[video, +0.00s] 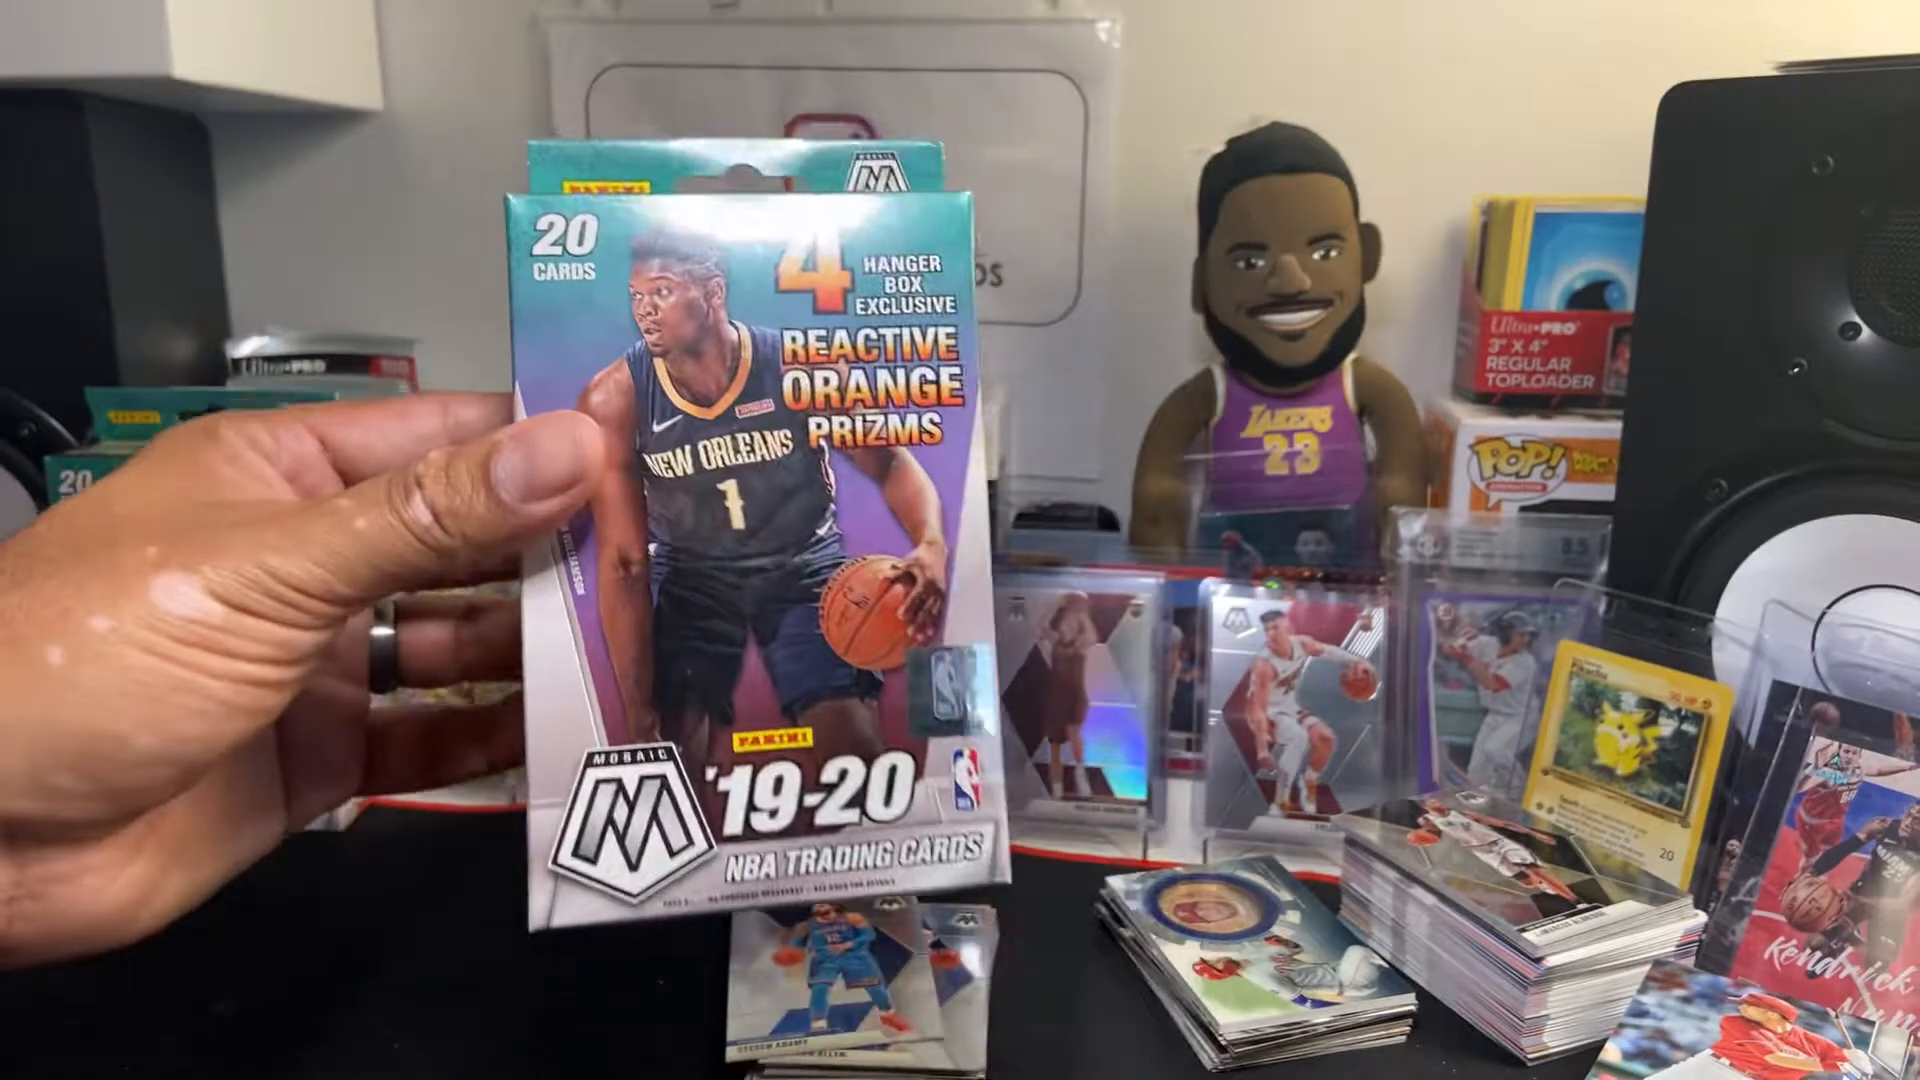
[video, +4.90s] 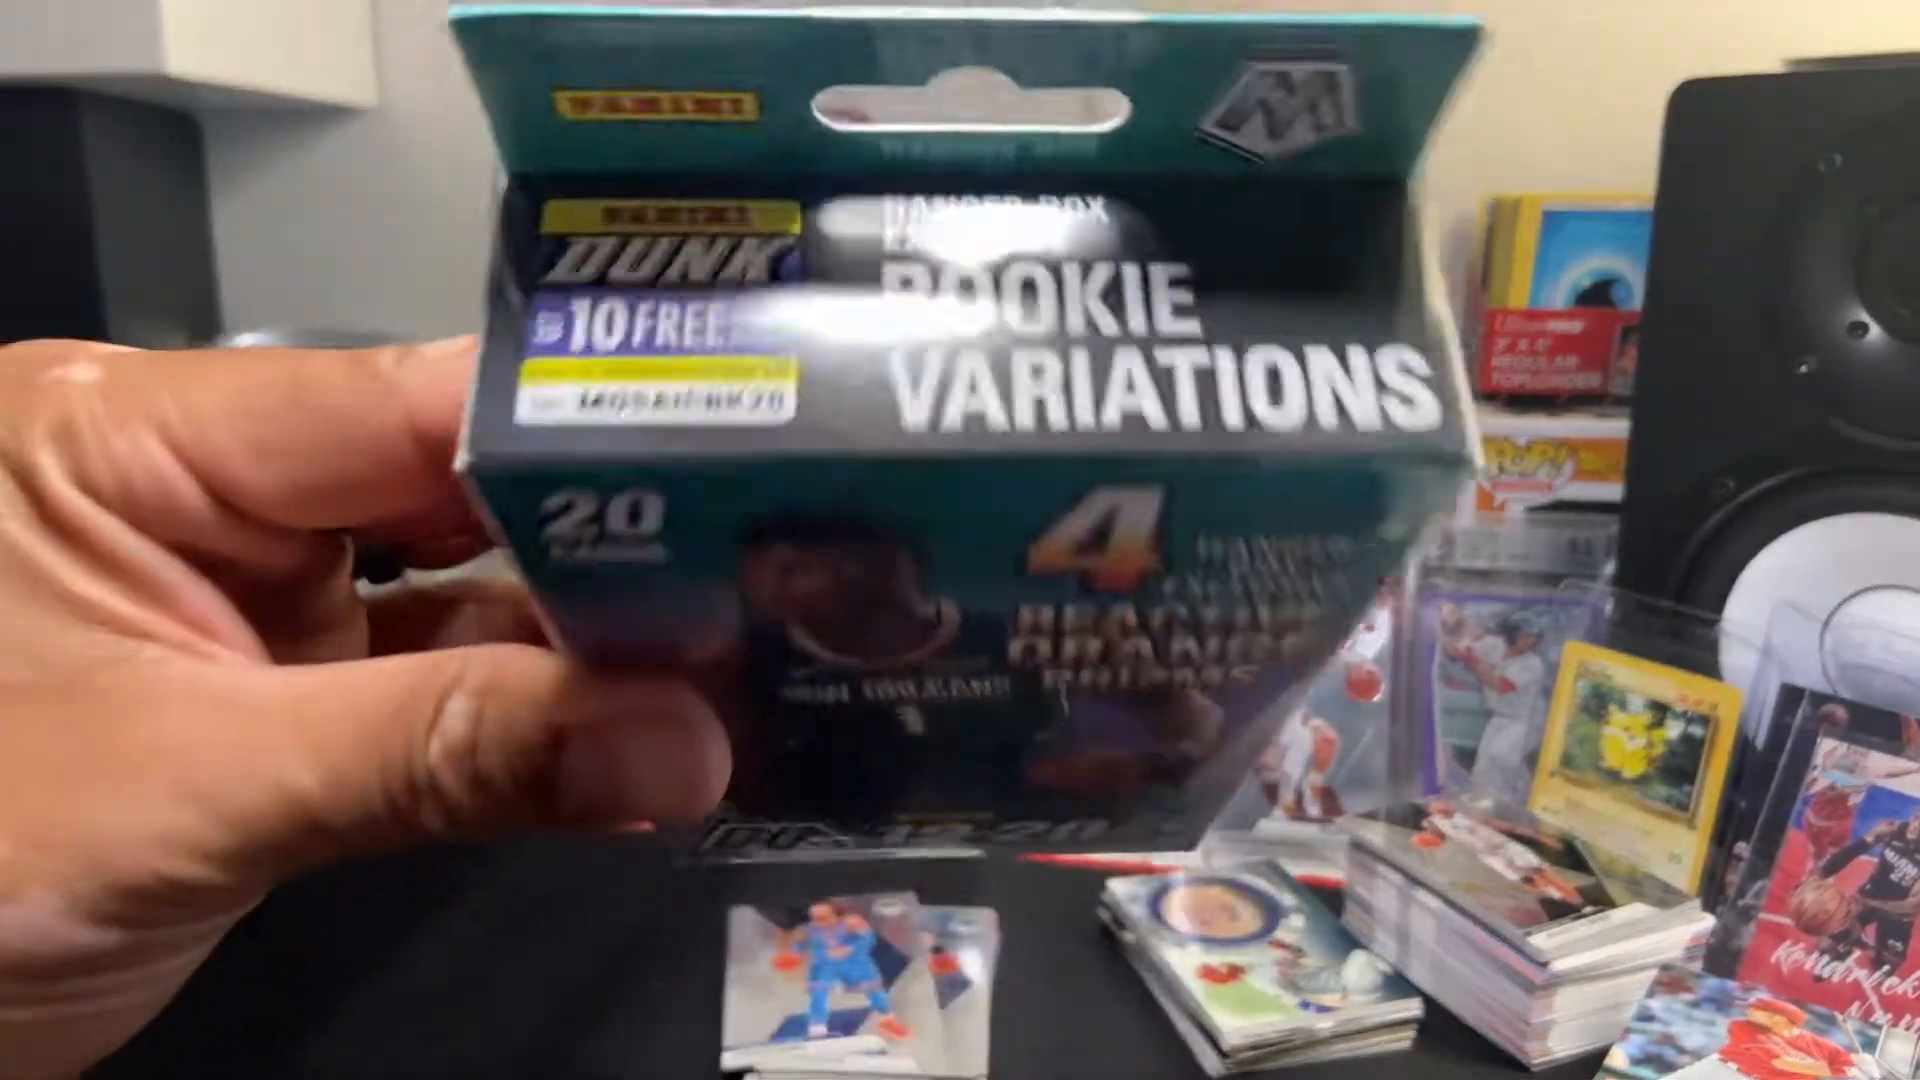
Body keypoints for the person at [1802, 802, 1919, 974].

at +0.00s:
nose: (1908, 823)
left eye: (1916, 821)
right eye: (1908, 815)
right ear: (1904, 813)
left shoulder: (1917, 859)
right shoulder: (1885, 827)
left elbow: (1904, 904)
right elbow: (1847, 847)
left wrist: (1859, 903)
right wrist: (1815, 869)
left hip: (1890, 910)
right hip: (1860, 894)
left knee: (1876, 965)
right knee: (1814, 943)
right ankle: (1835, 949)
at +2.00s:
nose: (1910, 823)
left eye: (1917, 821)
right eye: (1910, 816)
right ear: (1905, 814)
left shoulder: (1917, 854)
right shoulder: (1884, 828)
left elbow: (1910, 902)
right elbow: (1844, 849)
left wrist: (1859, 902)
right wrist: (1813, 872)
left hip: (1892, 910)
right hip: (1860, 896)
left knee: (1877, 970)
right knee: (1815, 948)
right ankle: (1845, 941)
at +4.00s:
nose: (1912, 824)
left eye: (1919, 822)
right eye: (1913, 817)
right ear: (1908, 815)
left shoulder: (1918, 857)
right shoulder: (1888, 829)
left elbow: (1910, 905)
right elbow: (1849, 850)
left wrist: (1862, 903)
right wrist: (1816, 874)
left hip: (1896, 911)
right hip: (1864, 897)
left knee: (1880, 969)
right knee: (1819, 946)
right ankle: (1841, 950)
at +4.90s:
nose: (1915, 826)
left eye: (1919, 823)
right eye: (1916, 818)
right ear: (1912, 818)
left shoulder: (1917, 856)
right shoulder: (1893, 831)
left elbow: (1913, 906)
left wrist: (1866, 905)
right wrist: (1820, 873)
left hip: (1899, 909)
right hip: (1869, 897)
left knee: (1886, 967)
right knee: (1826, 946)